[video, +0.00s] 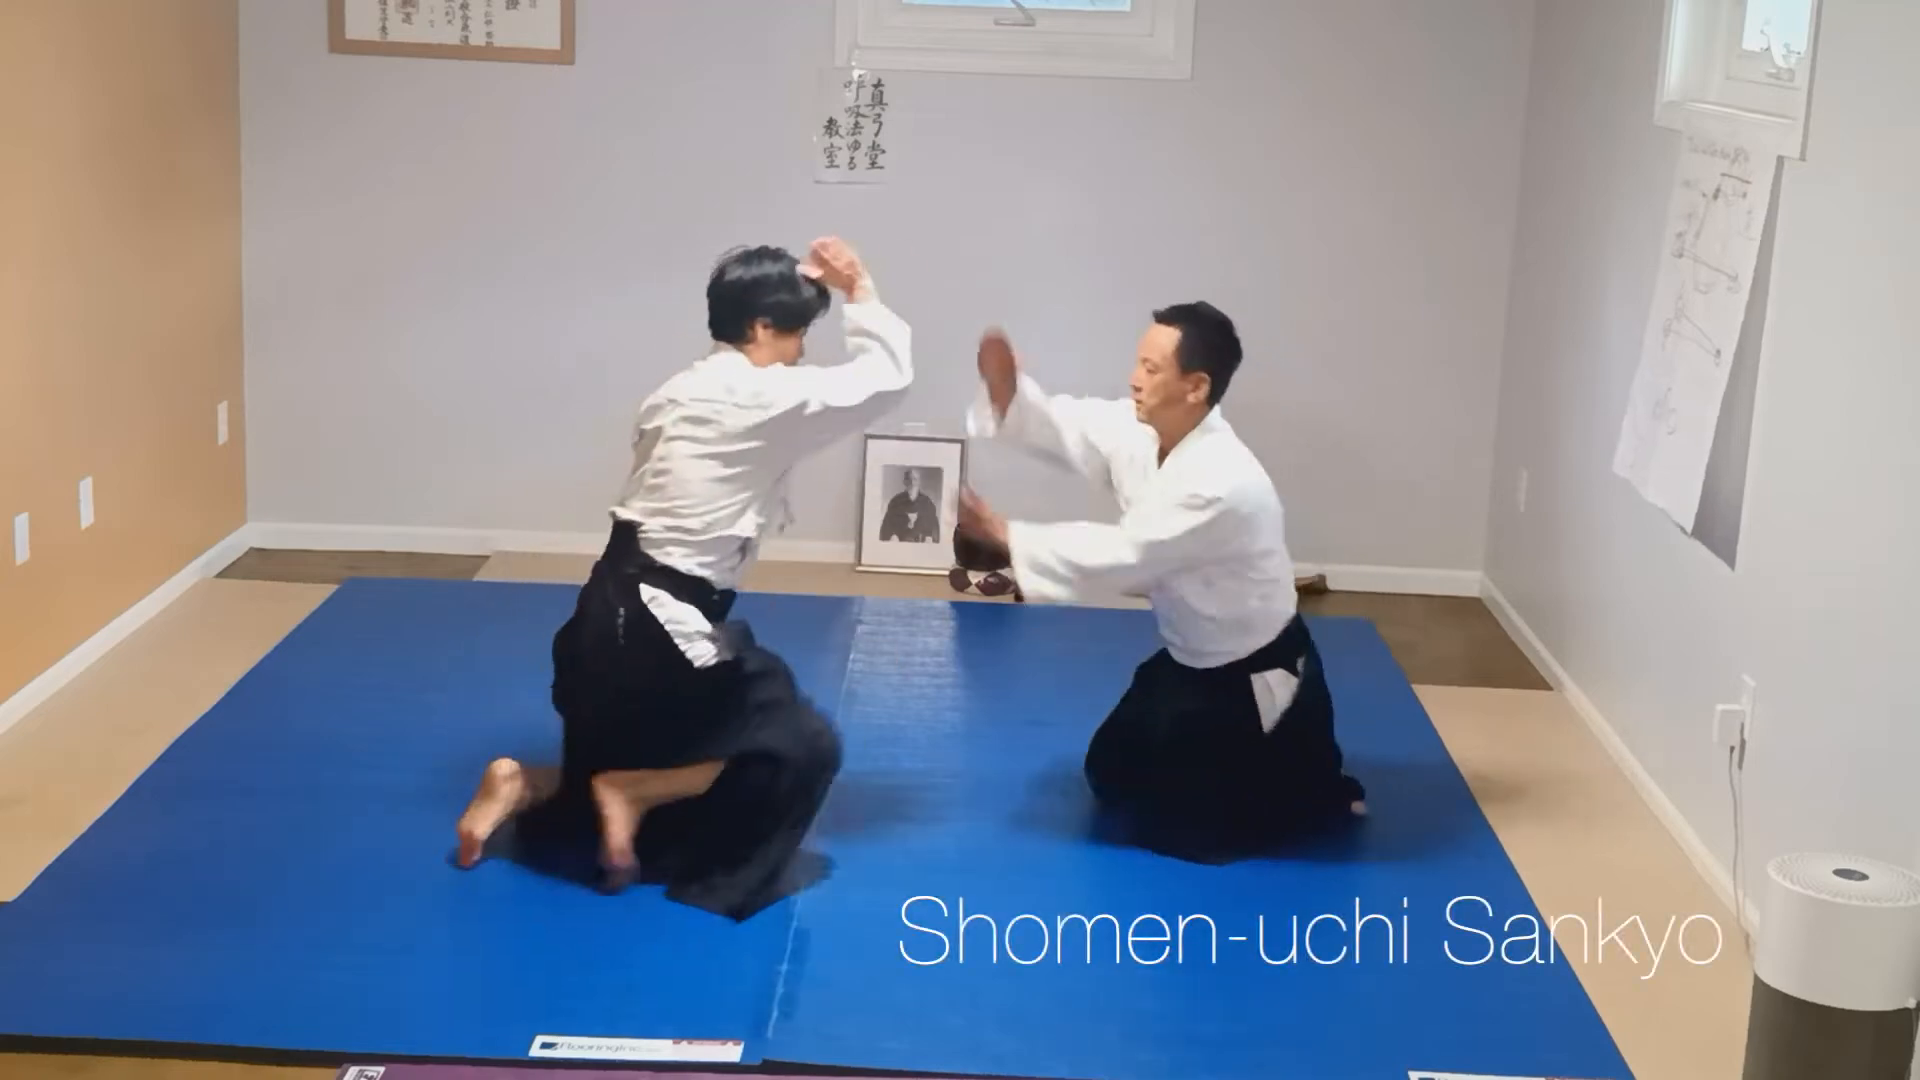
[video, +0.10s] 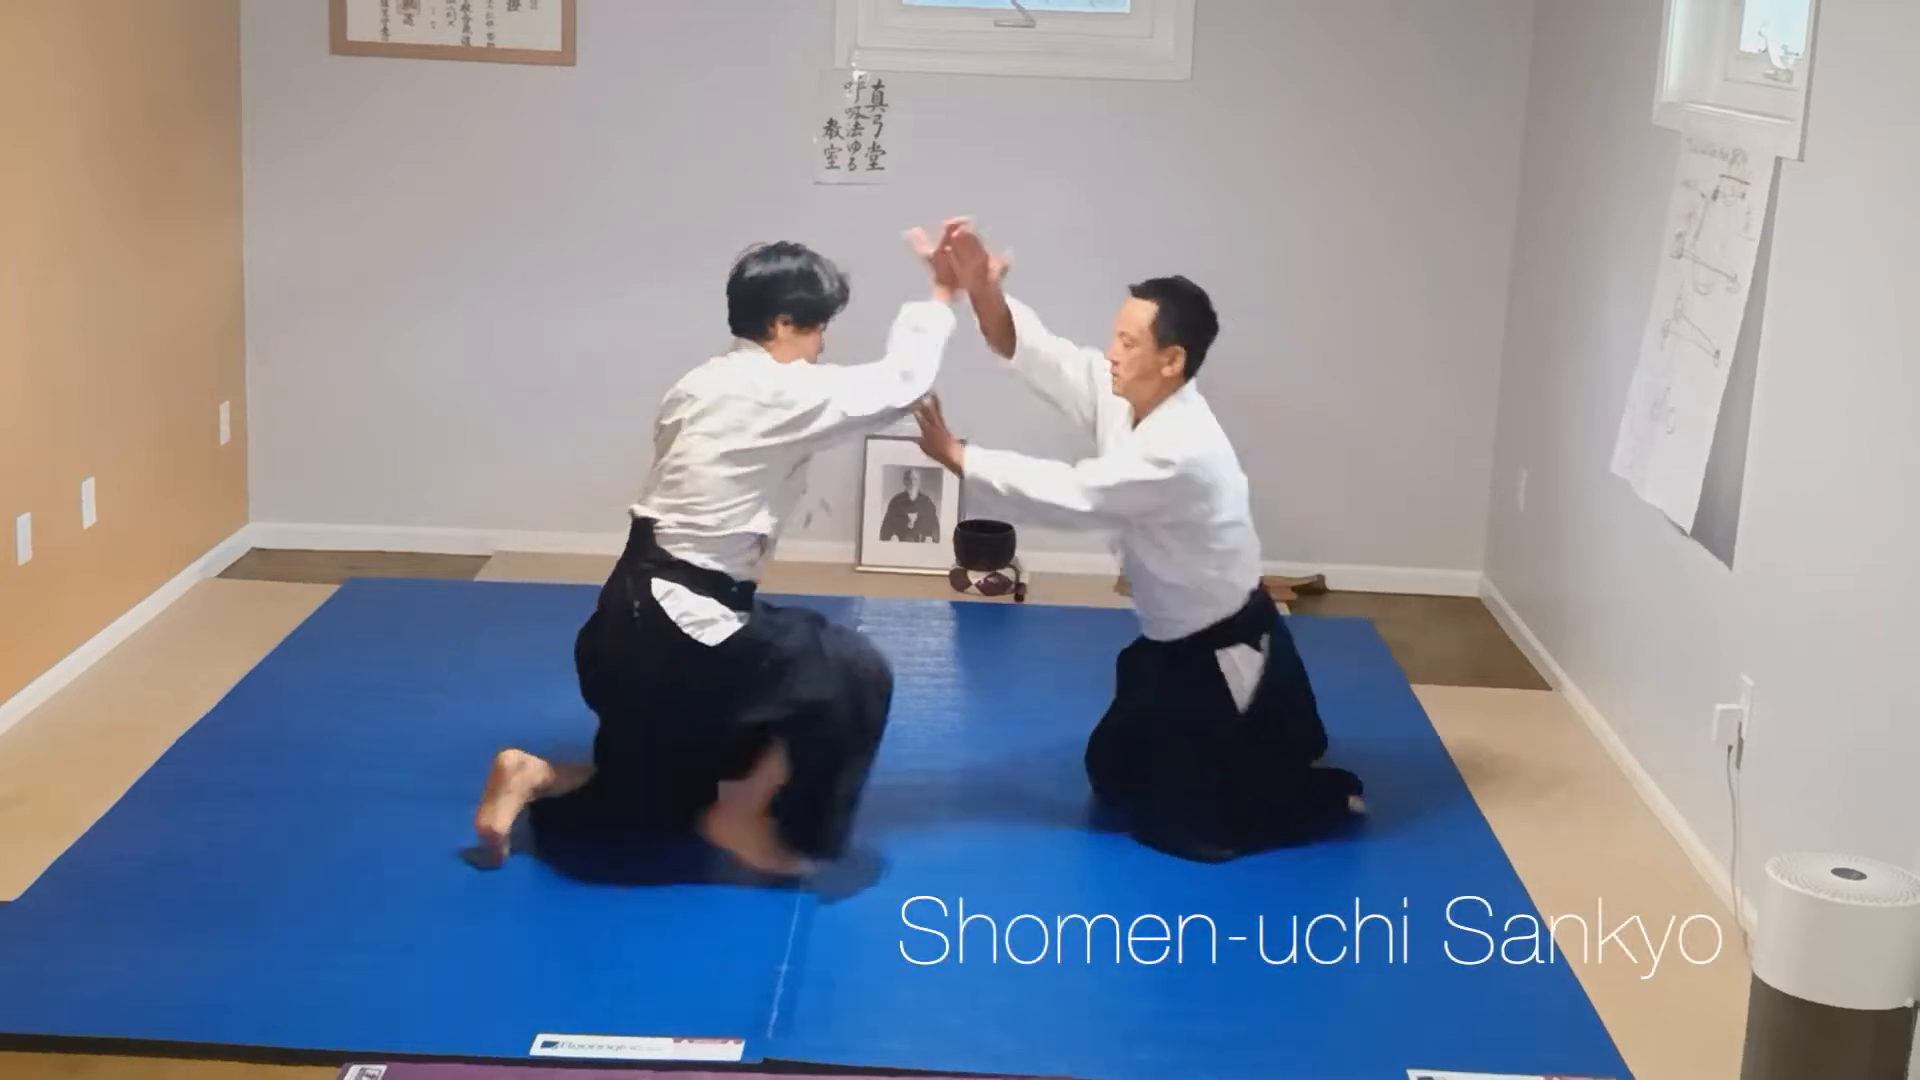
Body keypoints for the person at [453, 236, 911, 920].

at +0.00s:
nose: (801, 351)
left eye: (804, 334)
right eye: (798, 333)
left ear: (734, 328)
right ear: (759, 331)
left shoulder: (671, 395)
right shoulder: (767, 397)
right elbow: (886, 373)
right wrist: (860, 290)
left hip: (597, 621)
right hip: (665, 626)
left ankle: (523, 791)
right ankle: (638, 790)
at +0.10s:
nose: (823, 350)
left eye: (826, 334)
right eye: (819, 333)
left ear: (746, 324)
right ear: (780, 327)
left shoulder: (691, 388)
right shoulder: (779, 391)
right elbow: (901, 384)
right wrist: (942, 294)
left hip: (616, 635)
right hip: (687, 635)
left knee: (667, 806)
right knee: (854, 675)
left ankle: (537, 779)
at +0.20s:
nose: (850, 349)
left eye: (849, 332)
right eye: (845, 331)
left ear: (773, 326)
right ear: (809, 330)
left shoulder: (709, 391)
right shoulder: (810, 389)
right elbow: (929, 349)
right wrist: (967, 263)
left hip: (635, 635)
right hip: (708, 638)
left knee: (676, 800)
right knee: (887, 663)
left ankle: (535, 787)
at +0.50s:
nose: (855, 325)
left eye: (853, 310)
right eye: (848, 309)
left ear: (766, 317)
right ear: (818, 319)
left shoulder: (722, 396)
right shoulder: (823, 369)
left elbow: (715, 512)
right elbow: (909, 285)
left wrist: (805, 569)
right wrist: (878, 252)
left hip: (679, 633)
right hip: (759, 633)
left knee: (682, 787)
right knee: (926, 666)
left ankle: (552, 798)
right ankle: (878, 842)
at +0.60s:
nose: (819, 308)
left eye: (814, 300)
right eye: (811, 298)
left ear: (722, 323)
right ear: (785, 313)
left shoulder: (697, 396)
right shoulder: (806, 354)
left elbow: (679, 482)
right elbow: (867, 289)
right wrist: (843, 285)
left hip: (676, 629)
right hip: (765, 625)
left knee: (694, 777)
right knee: (937, 667)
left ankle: (582, 801)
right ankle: (883, 842)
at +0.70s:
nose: (759, 345)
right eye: (756, 335)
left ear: (673, 353)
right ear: (737, 337)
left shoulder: (656, 429)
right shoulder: (774, 363)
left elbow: (657, 555)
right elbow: (862, 321)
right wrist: (841, 384)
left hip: (668, 632)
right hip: (756, 619)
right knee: (938, 670)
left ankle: (655, 797)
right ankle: (883, 841)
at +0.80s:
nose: (714, 373)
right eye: (711, 364)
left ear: (632, 396)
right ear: (699, 370)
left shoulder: (622, 470)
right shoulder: (746, 391)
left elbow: (624, 592)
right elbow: (840, 373)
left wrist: (660, 651)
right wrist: (846, 441)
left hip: (657, 638)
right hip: (746, 608)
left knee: (644, 767)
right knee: (910, 671)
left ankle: (673, 807)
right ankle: (893, 841)